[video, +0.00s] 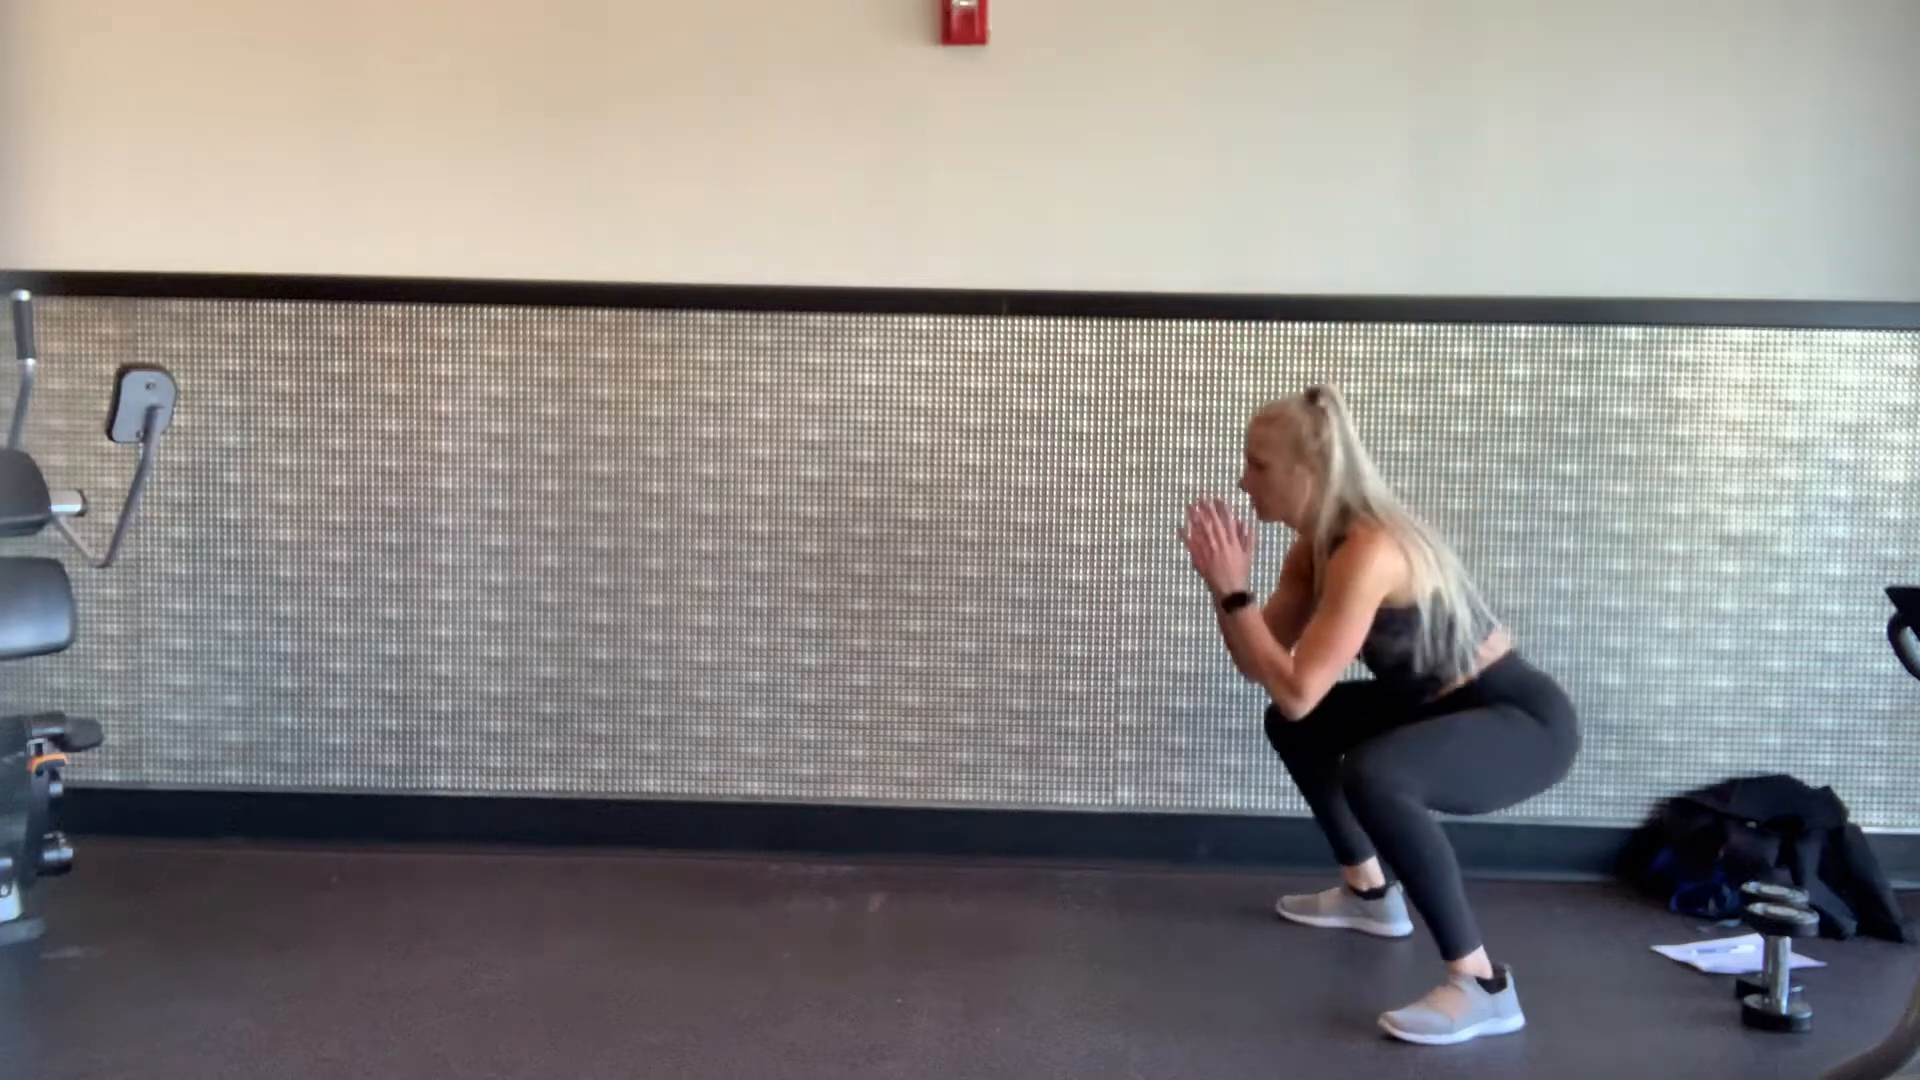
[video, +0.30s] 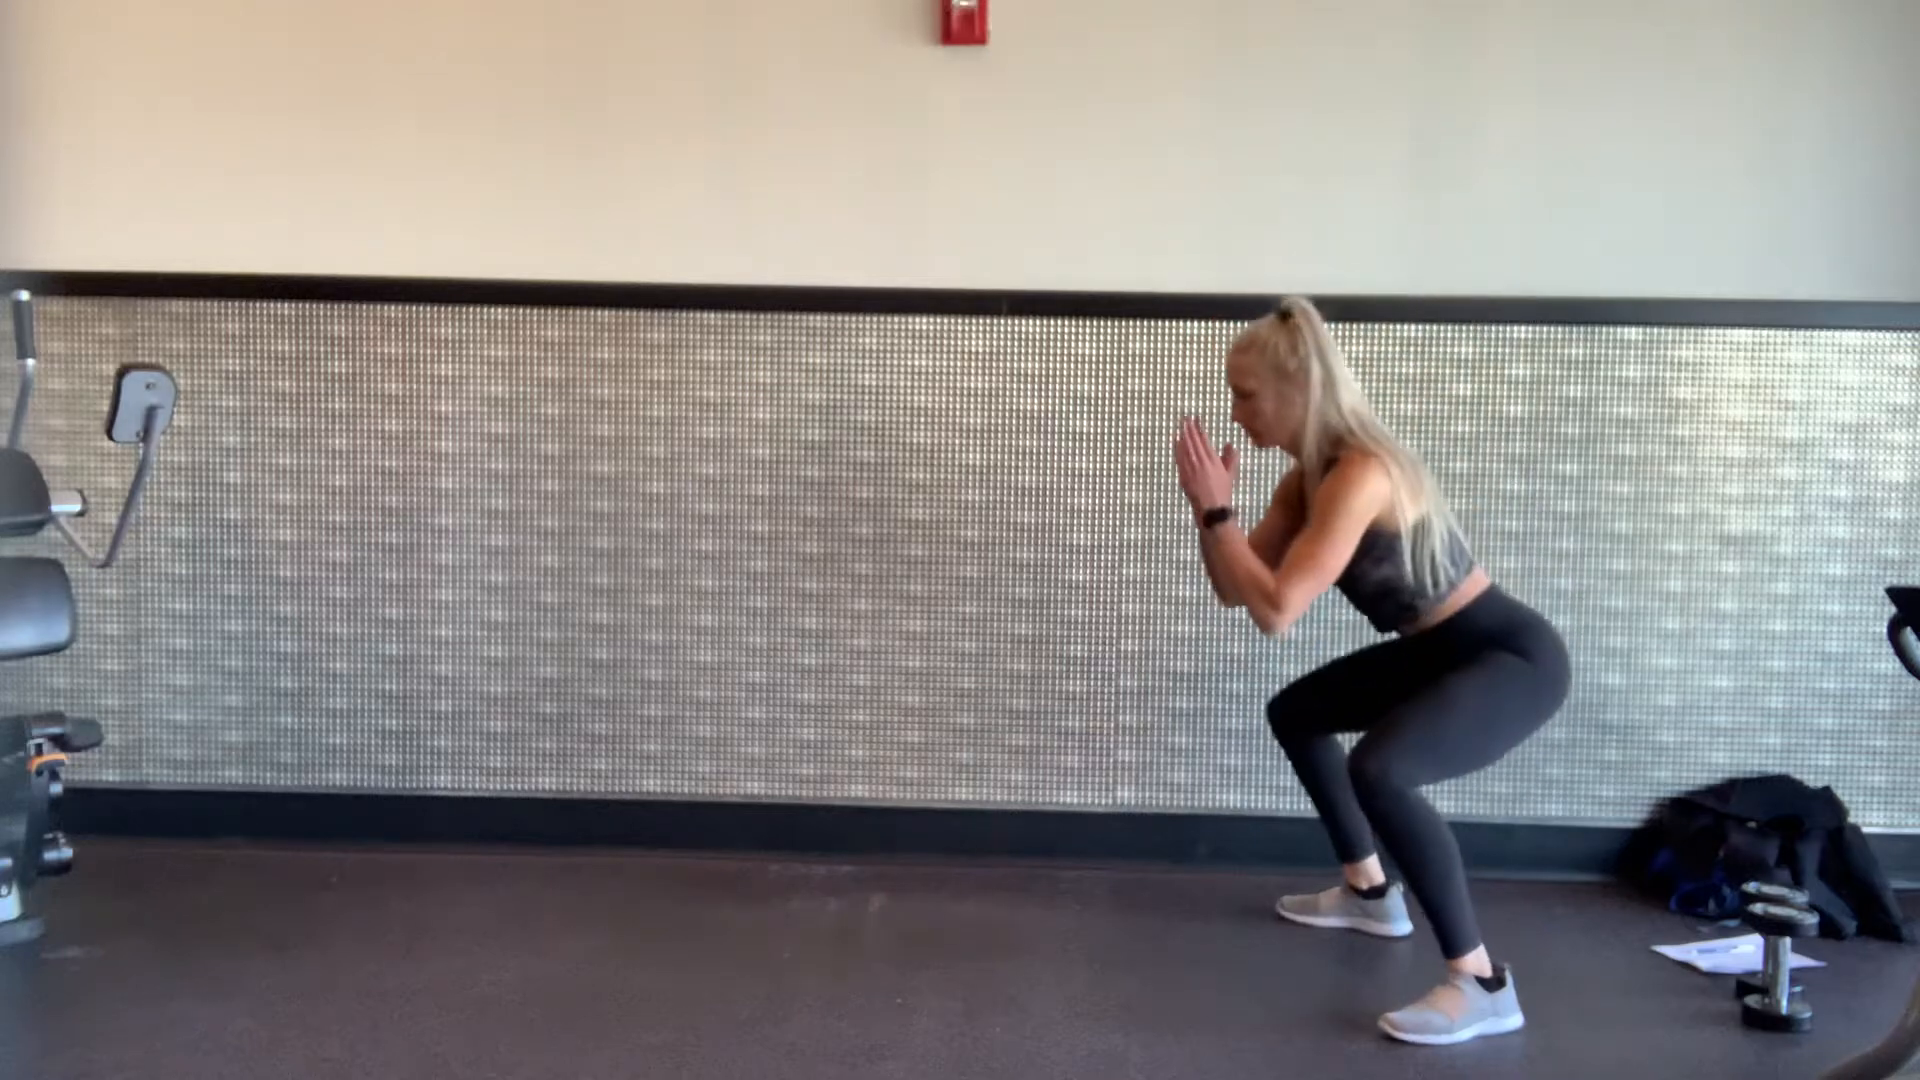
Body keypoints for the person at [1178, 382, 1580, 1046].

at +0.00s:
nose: (1245, 479)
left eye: (1257, 465)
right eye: (1247, 464)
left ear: (1307, 472)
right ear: (1301, 473)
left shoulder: (1369, 552)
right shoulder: (1313, 549)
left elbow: (1298, 691)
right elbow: (1261, 659)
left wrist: (1234, 595)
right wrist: (1226, 591)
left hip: (1523, 720)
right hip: (1446, 709)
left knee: (1378, 775)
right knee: (1296, 723)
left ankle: (1480, 982)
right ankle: (1368, 891)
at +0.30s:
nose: (1236, 412)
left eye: (1244, 394)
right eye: (1234, 395)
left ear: (1295, 390)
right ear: (1285, 394)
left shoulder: (1359, 474)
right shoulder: (1307, 476)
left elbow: (1276, 609)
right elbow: (1239, 585)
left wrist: (1216, 515)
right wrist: (1211, 512)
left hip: (1514, 658)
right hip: (1442, 652)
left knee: (1381, 771)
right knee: (1295, 714)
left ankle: (1479, 981)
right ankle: (1370, 892)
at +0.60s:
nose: (1210, 421)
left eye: (1222, 404)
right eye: (1212, 405)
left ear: (1276, 407)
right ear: (1272, 410)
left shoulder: (1332, 486)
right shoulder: (1278, 489)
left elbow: (1213, 594)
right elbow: (1191, 578)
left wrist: (1155, 496)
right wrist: (1155, 494)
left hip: (1506, 657)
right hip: (1430, 654)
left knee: (1377, 774)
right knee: (1296, 714)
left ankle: (1479, 979)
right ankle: (1370, 890)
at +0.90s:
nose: (1150, 417)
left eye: (1162, 402)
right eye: (1150, 401)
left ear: (1213, 405)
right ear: (1207, 405)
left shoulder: (1273, 481)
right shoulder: (1225, 494)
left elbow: (1202, 630)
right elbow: (1170, 607)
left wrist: (1081, 638)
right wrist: (1078, 631)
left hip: (1456, 644)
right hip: (1393, 647)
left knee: (1335, 794)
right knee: (1264, 733)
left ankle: (1476, 979)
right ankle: (1370, 892)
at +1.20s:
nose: (1059, 197)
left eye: (1072, 182)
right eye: (1062, 180)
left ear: (1119, 187)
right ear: (1121, 188)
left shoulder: (1154, 262)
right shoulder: (1136, 264)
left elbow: (1295, 285)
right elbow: (1252, 297)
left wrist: (1326, 418)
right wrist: (1234, 413)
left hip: (1211, 511)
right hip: (1183, 510)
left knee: (1205, 730)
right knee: (1164, 703)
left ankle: (1390, 904)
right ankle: (1300, 828)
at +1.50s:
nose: (853, 233)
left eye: (864, 219)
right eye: (857, 217)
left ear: (904, 231)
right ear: (917, 228)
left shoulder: (947, 316)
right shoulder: (947, 309)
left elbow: (902, 469)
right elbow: (901, 448)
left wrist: (793, 453)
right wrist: (802, 444)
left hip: (1051, 553)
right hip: (1035, 545)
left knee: (913, 712)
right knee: (904, 695)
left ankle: (857, 952)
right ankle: (854, 878)